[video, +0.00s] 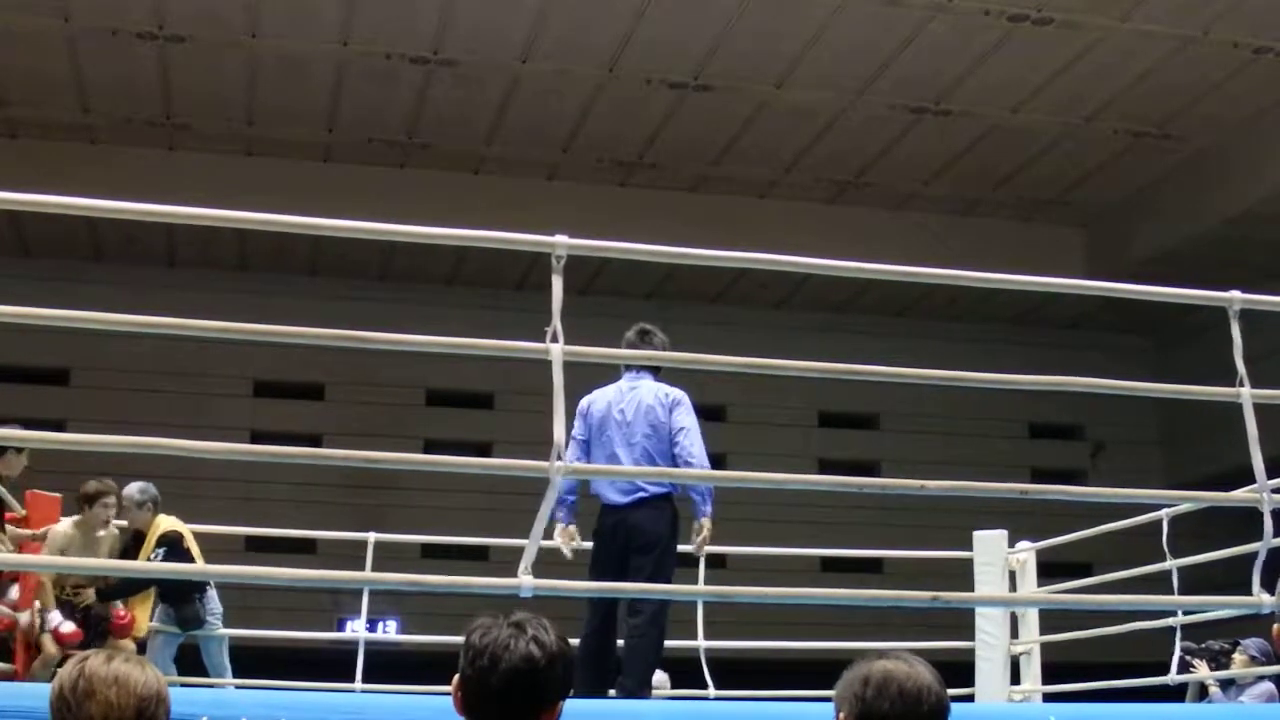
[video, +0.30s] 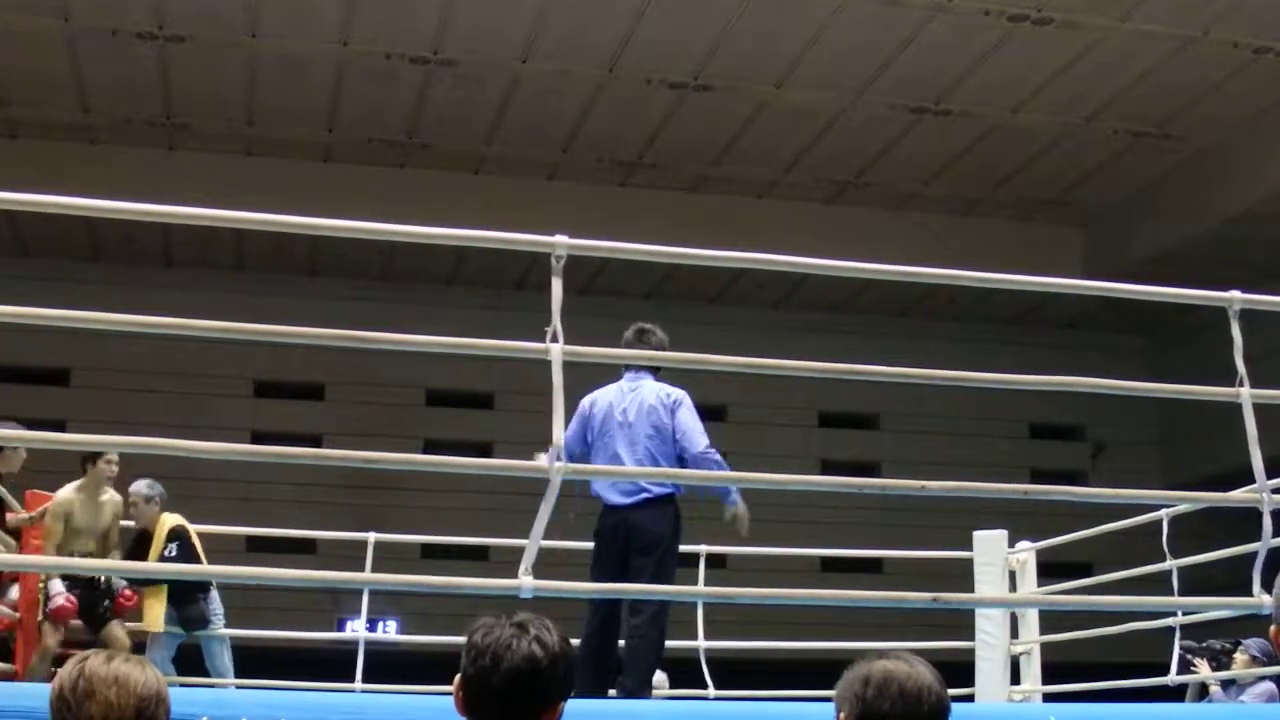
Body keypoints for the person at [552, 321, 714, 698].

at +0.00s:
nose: (659, 364)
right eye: (661, 358)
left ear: (623, 357)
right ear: (660, 360)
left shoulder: (591, 402)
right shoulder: (674, 400)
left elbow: (573, 462)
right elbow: (691, 457)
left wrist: (565, 517)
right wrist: (704, 511)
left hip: (610, 519)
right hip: (655, 518)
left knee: (599, 608)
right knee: (647, 609)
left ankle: (587, 698)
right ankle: (633, 699)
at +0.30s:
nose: (659, 362)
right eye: (662, 357)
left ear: (624, 356)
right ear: (660, 359)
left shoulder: (594, 401)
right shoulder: (673, 399)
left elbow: (569, 452)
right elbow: (700, 453)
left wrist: (550, 458)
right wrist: (731, 497)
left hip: (611, 519)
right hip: (657, 518)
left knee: (602, 607)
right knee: (647, 608)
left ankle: (587, 698)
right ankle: (633, 698)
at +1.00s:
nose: (675, 364)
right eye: (674, 359)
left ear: (636, 356)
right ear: (671, 360)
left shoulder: (603, 397)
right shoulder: (673, 397)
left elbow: (554, 430)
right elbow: (716, 422)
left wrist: (535, 406)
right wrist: (768, 392)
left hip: (613, 514)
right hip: (656, 513)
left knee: (602, 605)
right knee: (645, 606)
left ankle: (590, 697)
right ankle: (632, 698)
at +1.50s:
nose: (669, 374)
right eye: (669, 369)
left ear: (627, 365)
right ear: (663, 367)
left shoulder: (598, 398)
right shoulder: (672, 396)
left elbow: (549, 428)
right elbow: (714, 431)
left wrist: (537, 397)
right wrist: (770, 412)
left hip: (612, 516)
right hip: (656, 514)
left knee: (601, 606)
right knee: (646, 606)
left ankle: (588, 697)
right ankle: (632, 696)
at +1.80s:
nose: (672, 365)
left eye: (670, 359)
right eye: (671, 359)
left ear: (632, 357)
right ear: (664, 361)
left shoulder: (597, 397)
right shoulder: (668, 396)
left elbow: (554, 424)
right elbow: (713, 428)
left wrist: (513, 436)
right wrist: (769, 406)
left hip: (612, 513)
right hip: (656, 512)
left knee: (602, 603)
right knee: (647, 606)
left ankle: (589, 693)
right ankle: (633, 695)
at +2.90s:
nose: (660, 361)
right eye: (664, 355)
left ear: (627, 361)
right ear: (665, 361)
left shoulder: (604, 407)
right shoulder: (677, 408)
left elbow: (586, 463)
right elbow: (726, 457)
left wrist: (589, 439)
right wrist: (772, 442)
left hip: (617, 528)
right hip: (661, 525)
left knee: (631, 615)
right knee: (692, 610)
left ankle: (638, 705)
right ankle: (653, 680)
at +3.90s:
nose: (605, 322)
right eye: (605, 317)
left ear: (561, 318)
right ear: (603, 323)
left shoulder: (533, 370)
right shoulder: (616, 371)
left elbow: (532, 432)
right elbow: (626, 437)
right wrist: (614, 469)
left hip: (537, 495)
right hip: (591, 496)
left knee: (533, 594)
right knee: (595, 597)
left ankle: (506, 689)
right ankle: (603, 696)